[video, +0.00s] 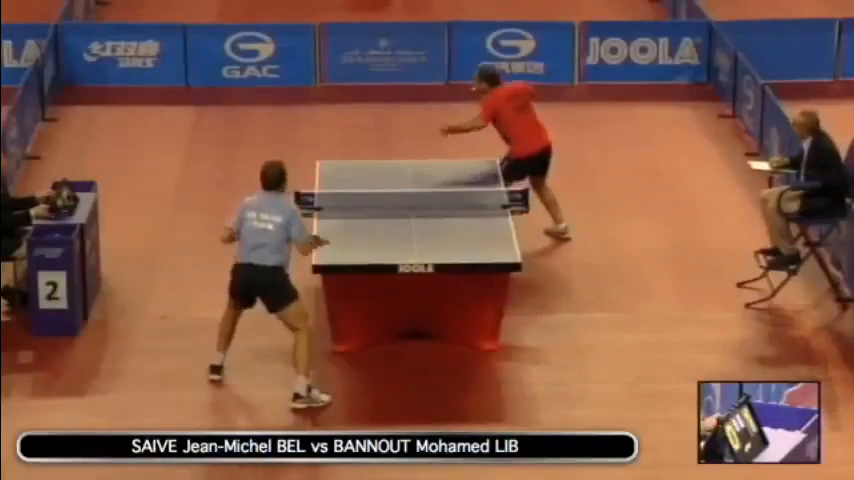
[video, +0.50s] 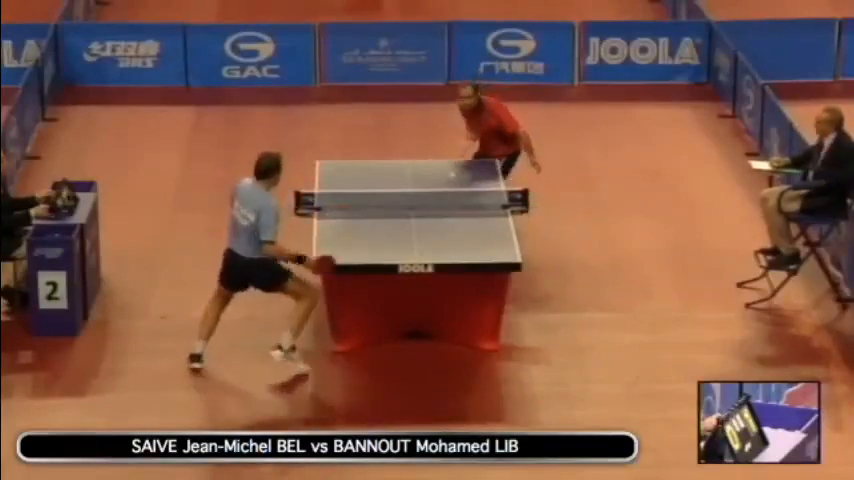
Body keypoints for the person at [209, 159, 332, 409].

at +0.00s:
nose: (285, 181)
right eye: (284, 177)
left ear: (261, 181)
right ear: (284, 182)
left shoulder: (249, 204)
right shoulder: (288, 209)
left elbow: (228, 235)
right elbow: (303, 248)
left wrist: (243, 230)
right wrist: (315, 241)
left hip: (242, 272)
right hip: (272, 275)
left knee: (232, 310)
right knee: (302, 327)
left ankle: (218, 363)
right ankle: (302, 389)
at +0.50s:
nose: (281, 176)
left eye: (279, 172)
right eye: (280, 173)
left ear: (257, 171)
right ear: (276, 176)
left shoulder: (242, 186)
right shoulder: (268, 203)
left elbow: (234, 205)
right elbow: (268, 247)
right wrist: (301, 259)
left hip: (232, 259)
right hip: (258, 265)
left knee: (219, 300)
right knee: (309, 295)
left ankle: (198, 350)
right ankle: (286, 346)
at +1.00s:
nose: (376, 206)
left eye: (370, 197)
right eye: (378, 202)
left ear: (359, 198)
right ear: (378, 206)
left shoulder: (343, 207)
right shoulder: (377, 227)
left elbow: (326, 215)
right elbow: (393, 225)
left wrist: (296, 215)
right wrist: (405, 216)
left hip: (312, 268)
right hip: (341, 275)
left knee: (275, 311)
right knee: (380, 296)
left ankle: (233, 354)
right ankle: (382, 349)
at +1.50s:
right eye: (336, 177)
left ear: (314, 178)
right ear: (336, 180)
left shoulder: (295, 200)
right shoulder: (338, 208)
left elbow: (269, 231)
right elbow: (350, 251)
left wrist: (275, 258)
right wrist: (369, 254)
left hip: (286, 265)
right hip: (315, 269)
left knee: (259, 315)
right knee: (347, 319)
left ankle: (228, 366)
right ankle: (341, 378)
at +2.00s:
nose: (307, 221)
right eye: (306, 219)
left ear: (282, 223)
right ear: (305, 223)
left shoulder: (270, 243)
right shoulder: (315, 249)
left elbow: (250, 269)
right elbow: (347, 274)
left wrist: (272, 253)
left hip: (260, 308)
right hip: (293, 313)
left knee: (236, 320)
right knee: (342, 328)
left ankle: (217, 372)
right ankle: (338, 389)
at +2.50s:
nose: (304, 203)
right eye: (304, 199)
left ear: (282, 204)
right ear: (304, 202)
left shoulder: (270, 229)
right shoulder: (314, 231)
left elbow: (246, 259)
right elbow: (331, 269)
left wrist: (263, 262)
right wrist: (344, 272)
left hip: (272, 301)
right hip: (305, 303)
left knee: (251, 334)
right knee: (350, 335)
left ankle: (225, 384)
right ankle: (348, 397)